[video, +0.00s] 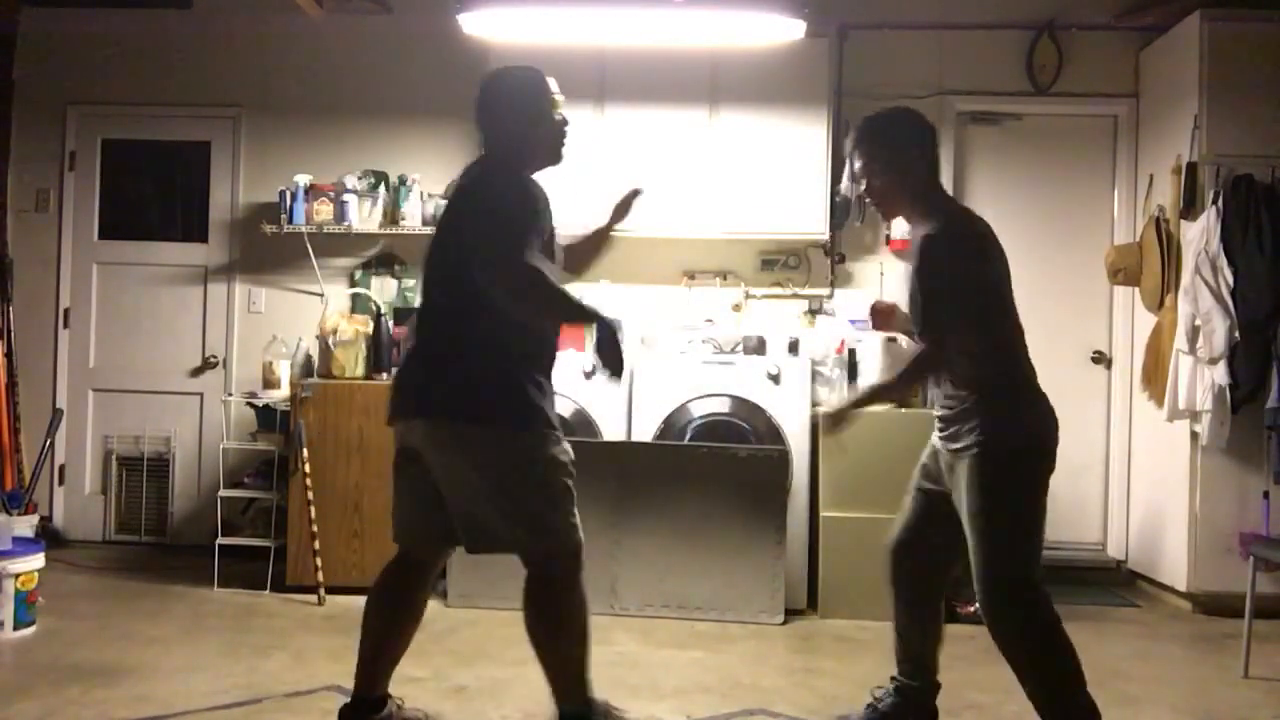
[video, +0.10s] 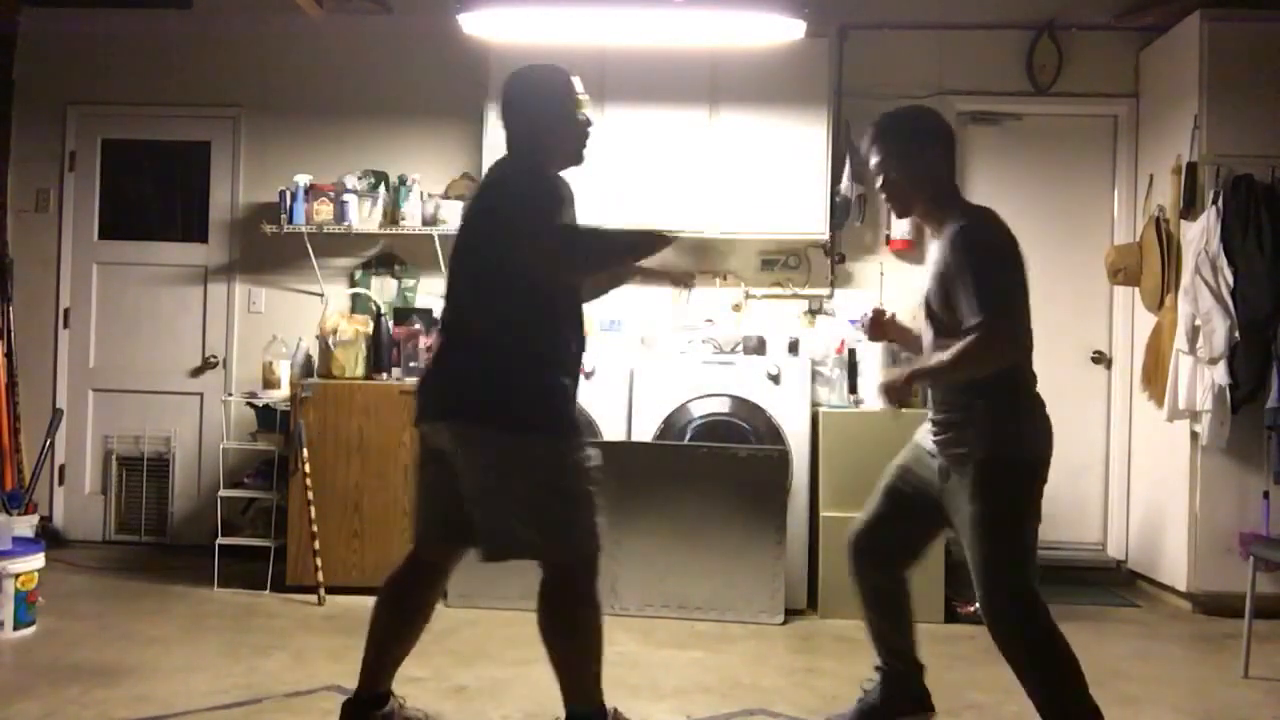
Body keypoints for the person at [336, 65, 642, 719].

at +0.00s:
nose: (567, 117)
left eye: (562, 106)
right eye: (554, 106)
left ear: (505, 123)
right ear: (518, 119)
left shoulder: (477, 187)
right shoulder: (512, 187)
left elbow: (559, 264)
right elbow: (505, 270)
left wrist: (610, 227)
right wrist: (595, 321)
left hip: (428, 401)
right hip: (496, 405)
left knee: (417, 556)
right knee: (555, 555)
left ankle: (367, 701)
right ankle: (576, 706)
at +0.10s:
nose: (589, 120)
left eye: (584, 108)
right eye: (576, 108)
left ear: (524, 122)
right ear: (543, 118)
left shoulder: (497, 188)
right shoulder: (536, 182)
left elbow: (553, 290)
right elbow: (553, 260)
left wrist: (625, 267)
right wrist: (647, 241)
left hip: (450, 402)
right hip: (520, 406)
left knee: (431, 555)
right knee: (571, 559)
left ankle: (368, 700)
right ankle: (587, 710)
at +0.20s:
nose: (612, 118)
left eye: (607, 105)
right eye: (600, 105)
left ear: (542, 118)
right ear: (568, 115)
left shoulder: (515, 188)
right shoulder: (571, 184)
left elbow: (537, 296)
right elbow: (658, 222)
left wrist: (624, 304)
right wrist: (759, 170)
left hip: (467, 398)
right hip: (545, 403)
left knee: (467, 549)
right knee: (585, 558)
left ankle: (378, 685)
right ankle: (590, 713)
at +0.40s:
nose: (629, 119)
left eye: (625, 106)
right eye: (617, 106)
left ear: (556, 114)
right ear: (586, 114)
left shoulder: (529, 178)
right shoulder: (597, 182)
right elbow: (684, 231)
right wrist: (811, 216)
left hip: (479, 396)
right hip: (555, 405)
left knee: (480, 538)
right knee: (597, 554)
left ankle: (397, 665)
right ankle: (593, 712)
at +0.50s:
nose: (619, 120)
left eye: (614, 106)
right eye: (606, 106)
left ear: (551, 115)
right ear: (571, 114)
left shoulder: (521, 180)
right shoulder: (577, 187)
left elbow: (569, 252)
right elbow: (608, 276)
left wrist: (622, 215)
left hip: (475, 396)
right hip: (552, 405)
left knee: (469, 537)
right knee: (599, 553)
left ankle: (381, 669)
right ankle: (594, 711)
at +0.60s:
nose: (594, 122)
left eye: (591, 108)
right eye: (585, 108)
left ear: (530, 118)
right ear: (553, 117)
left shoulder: (505, 185)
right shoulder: (543, 190)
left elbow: (581, 262)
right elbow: (541, 307)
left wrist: (611, 190)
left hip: (465, 400)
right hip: (537, 408)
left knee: (454, 546)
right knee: (590, 557)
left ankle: (366, 681)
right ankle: (592, 714)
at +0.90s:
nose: (518, 123)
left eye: (515, 110)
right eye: (505, 109)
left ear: (460, 120)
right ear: (464, 115)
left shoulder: (452, 194)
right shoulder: (440, 188)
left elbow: (505, 287)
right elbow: (440, 290)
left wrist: (582, 282)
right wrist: (532, 330)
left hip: (403, 411)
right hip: (453, 415)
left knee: (392, 559)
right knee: (516, 551)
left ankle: (346, 699)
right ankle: (552, 702)